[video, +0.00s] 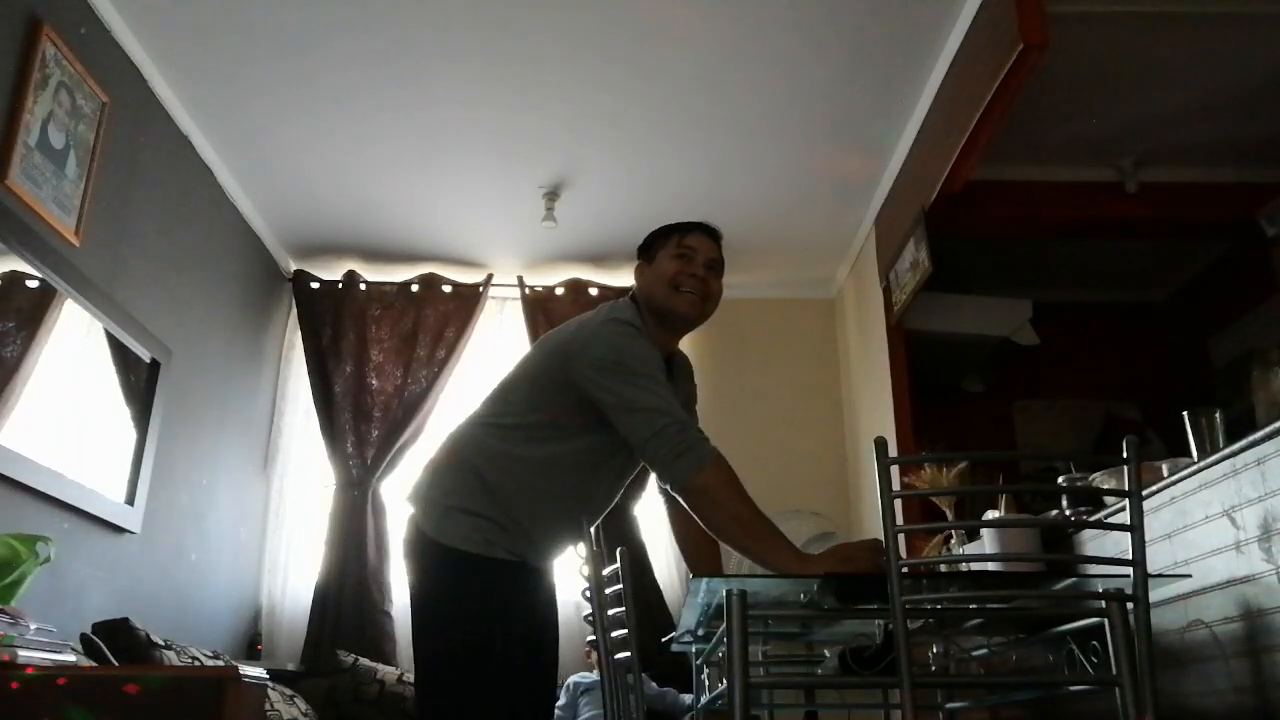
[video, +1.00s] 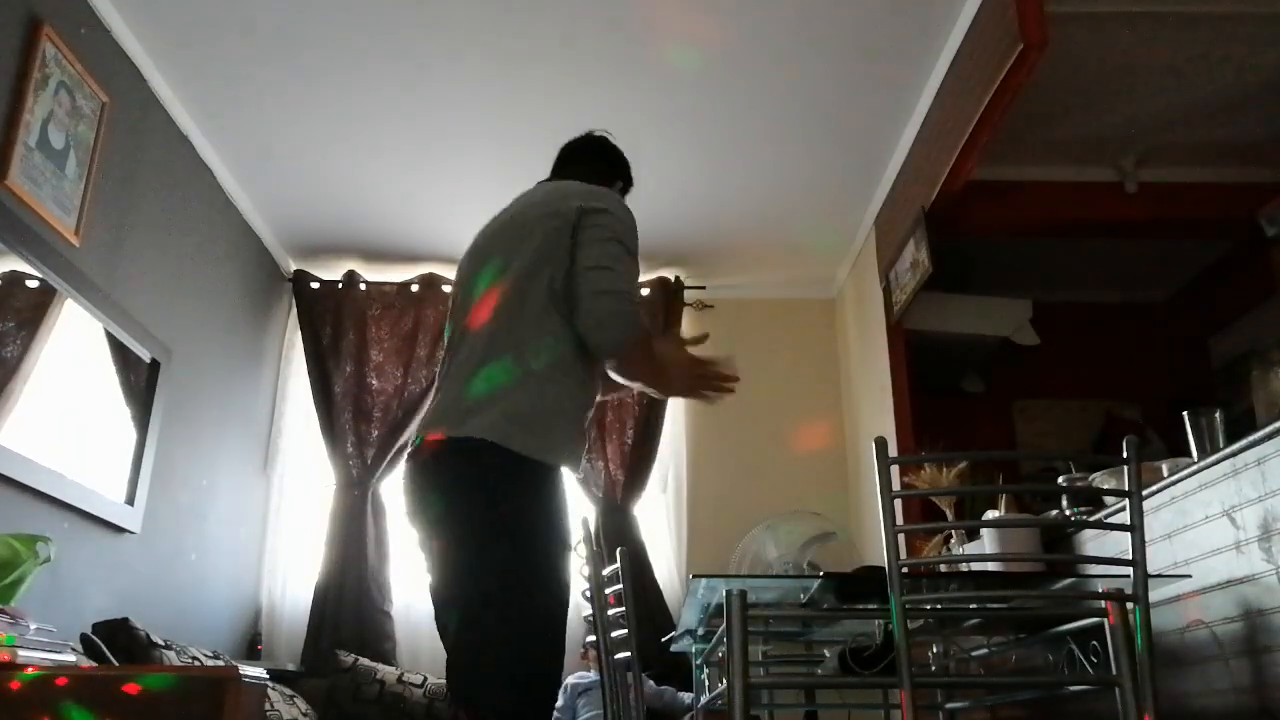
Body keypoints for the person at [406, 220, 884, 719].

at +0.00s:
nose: (698, 271)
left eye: (712, 267)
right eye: (682, 256)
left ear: (717, 294)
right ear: (641, 271)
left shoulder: (675, 375)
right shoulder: (611, 338)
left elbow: (688, 497)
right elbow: (692, 468)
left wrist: (716, 599)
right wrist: (801, 564)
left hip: (523, 550)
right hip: (463, 534)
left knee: (526, 704)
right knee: (470, 706)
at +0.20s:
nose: (700, 270)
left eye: (715, 266)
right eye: (684, 255)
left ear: (719, 293)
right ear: (644, 268)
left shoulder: (676, 374)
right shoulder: (613, 337)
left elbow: (687, 497)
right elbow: (692, 467)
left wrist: (718, 601)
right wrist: (801, 564)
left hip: (526, 550)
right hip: (465, 533)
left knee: (528, 701)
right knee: (471, 703)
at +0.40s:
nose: (710, 284)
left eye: (722, 280)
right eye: (696, 265)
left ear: (723, 302)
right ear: (650, 268)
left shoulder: (672, 377)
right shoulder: (613, 339)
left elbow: (685, 499)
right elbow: (693, 469)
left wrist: (717, 601)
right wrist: (803, 564)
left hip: (526, 549)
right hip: (470, 534)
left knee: (535, 704)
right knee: (492, 705)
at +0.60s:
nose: (714, 327)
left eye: (718, 312)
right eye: (714, 307)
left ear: (671, 290)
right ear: (679, 289)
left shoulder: (624, 355)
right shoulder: (605, 342)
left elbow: (671, 499)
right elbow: (686, 474)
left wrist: (718, 599)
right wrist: (803, 562)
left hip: (505, 563)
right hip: (473, 560)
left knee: (550, 712)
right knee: (546, 714)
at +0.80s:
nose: (656, 286)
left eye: (660, 275)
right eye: (660, 272)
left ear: (595, 250)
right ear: (645, 261)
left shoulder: (547, 299)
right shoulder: (596, 295)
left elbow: (607, 449)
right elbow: (635, 416)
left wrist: (708, 500)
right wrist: (771, 464)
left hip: (462, 537)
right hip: (498, 541)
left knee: (520, 707)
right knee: (552, 708)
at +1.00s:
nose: (623, 204)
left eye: (625, 197)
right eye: (623, 195)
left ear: (556, 174)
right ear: (615, 184)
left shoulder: (500, 228)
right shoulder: (599, 205)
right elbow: (611, 327)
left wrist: (633, 357)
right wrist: (667, 374)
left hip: (440, 459)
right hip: (504, 459)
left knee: (473, 654)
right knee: (523, 662)